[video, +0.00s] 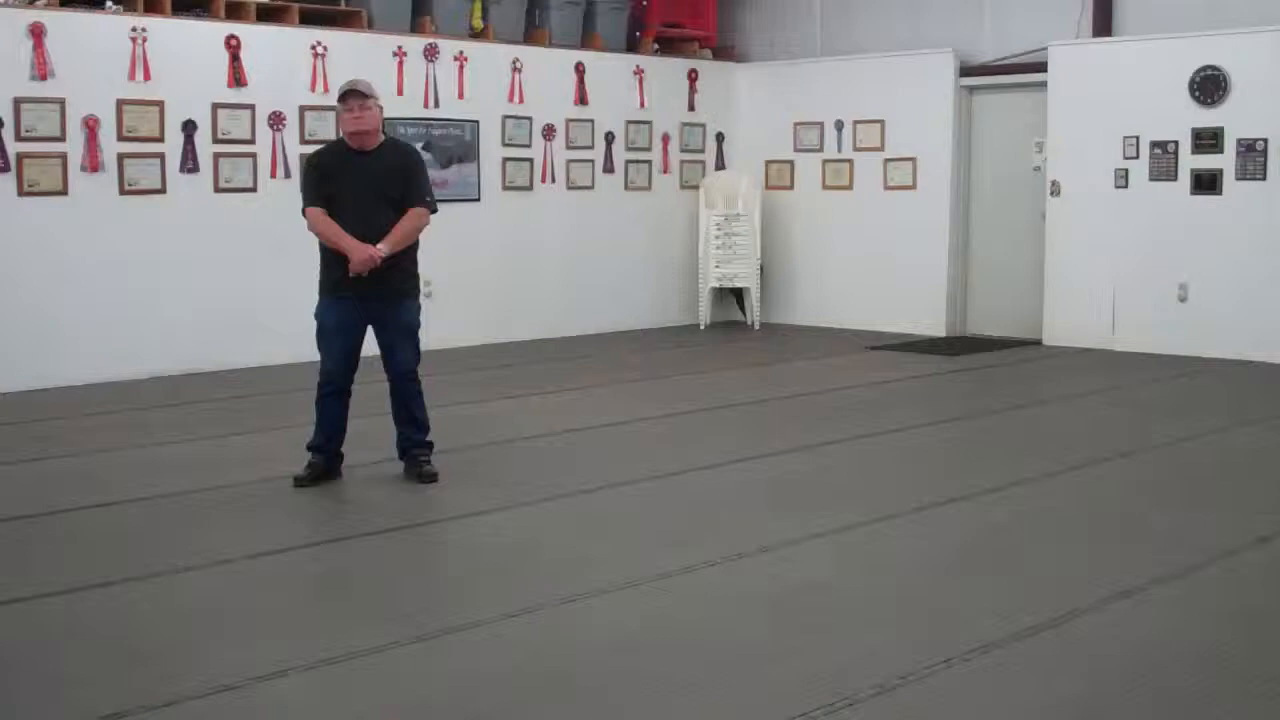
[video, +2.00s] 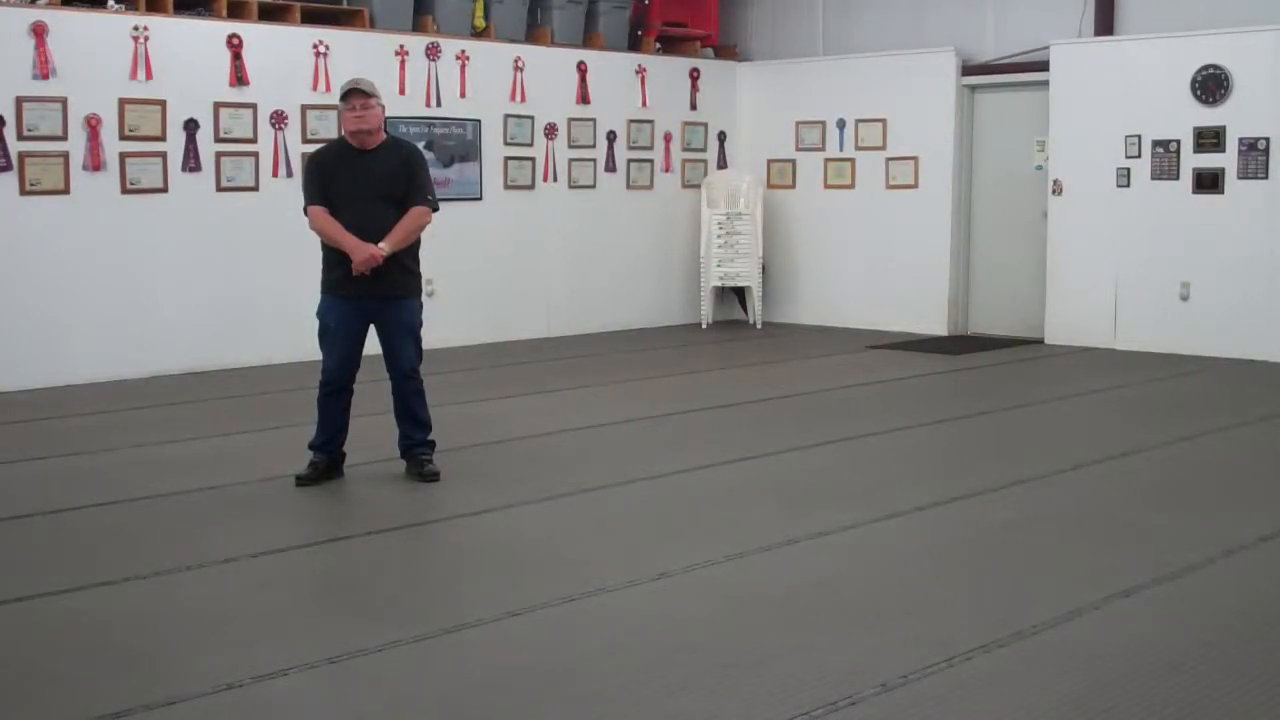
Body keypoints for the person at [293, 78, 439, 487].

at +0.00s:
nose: (357, 115)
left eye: (364, 108)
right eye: (349, 110)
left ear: (379, 112)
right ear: (339, 117)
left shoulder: (405, 157)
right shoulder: (320, 162)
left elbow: (420, 214)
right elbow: (315, 217)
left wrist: (377, 252)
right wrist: (354, 249)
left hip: (396, 288)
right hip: (340, 289)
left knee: (405, 373)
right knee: (333, 376)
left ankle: (417, 454)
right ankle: (324, 457)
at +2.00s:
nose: (359, 114)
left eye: (367, 106)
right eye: (351, 108)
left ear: (382, 111)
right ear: (340, 117)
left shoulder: (407, 155)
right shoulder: (321, 161)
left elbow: (422, 212)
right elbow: (316, 216)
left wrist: (380, 250)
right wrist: (355, 248)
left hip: (398, 287)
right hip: (343, 288)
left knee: (407, 373)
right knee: (335, 376)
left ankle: (419, 452)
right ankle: (326, 455)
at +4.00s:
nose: (359, 114)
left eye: (366, 107)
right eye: (351, 109)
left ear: (382, 111)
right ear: (341, 117)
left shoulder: (407, 155)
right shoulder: (323, 161)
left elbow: (422, 213)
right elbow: (317, 215)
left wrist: (379, 250)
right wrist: (355, 246)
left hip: (398, 287)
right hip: (342, 288)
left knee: (406, 373)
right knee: (335, 375)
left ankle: (419, 452)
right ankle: (327, 455)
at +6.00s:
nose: (357, 117)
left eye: (364, 109)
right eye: (350, 111)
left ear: (381, 113)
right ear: (339, 118)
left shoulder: (406, 155)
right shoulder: (321, 161)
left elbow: (421, 212)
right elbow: (316, 215)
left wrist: (378, 250)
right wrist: (355, 246)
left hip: (397, 289)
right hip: (342, 290)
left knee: (407, 373)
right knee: (335, 378)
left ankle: (418, 451)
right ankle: (327, 461)